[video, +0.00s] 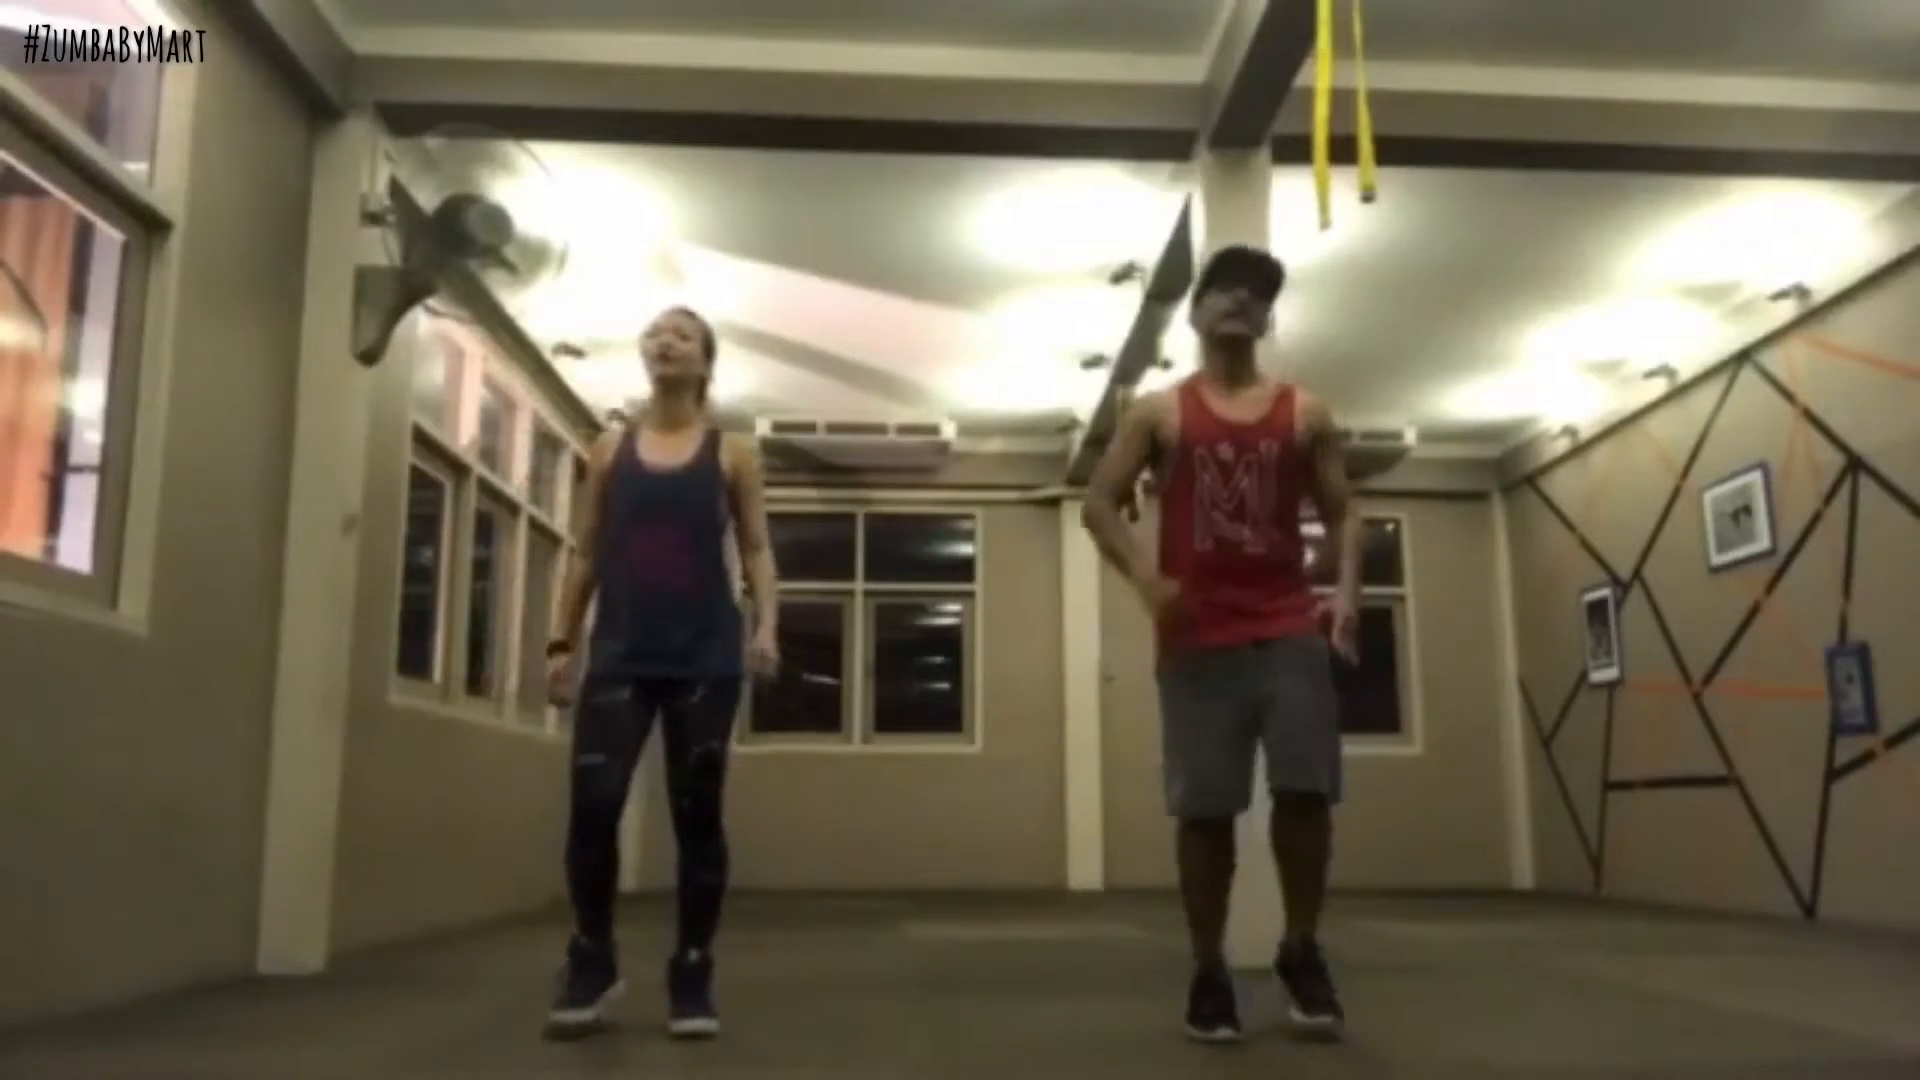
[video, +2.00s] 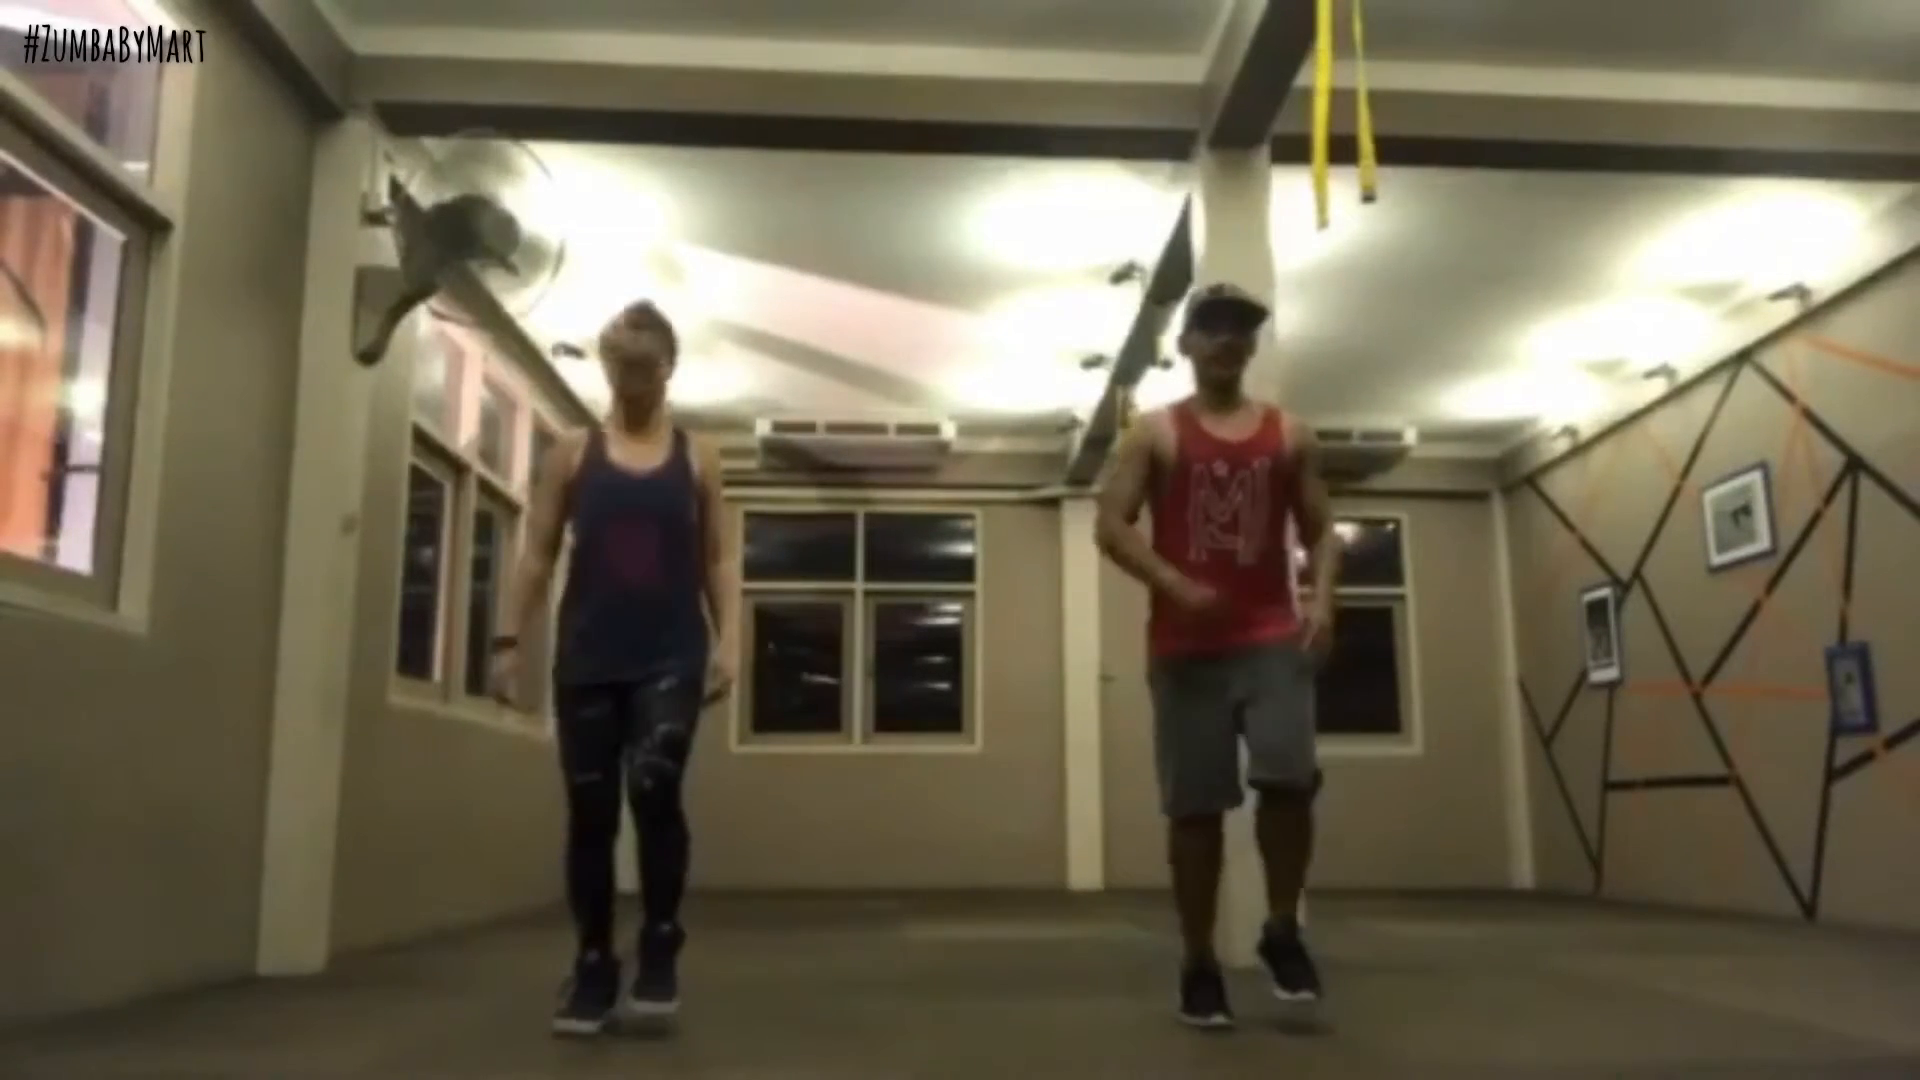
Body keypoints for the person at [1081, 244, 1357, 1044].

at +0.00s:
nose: (1235, 304)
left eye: (1250, 294)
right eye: (1221, 292)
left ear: (1269, 313)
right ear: (1195, 309)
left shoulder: (1304, 414)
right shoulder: (1159, 411)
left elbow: (1343, 511)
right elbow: (1100, 505)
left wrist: (1346, 592)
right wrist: (1147, 581)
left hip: (1292, 630)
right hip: (1199, 638)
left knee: (1305, 796)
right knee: (1205, 810)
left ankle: (1301, 951)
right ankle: (1209, 974)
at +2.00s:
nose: (1223, 344)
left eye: (1237, 332)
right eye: (1209, 332)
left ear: (1254, 343)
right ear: (1186, 342)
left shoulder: (1287, 434)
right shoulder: (1154, 433)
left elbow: (1321, 530)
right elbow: (1110, 527)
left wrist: (1320, 602)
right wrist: (1172, 582)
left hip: (1271, 639)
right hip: (1187, 647)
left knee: (1290, 784)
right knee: (1196, 808)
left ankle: (1284, 931)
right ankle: (1200, 965)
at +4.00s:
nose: (1216, 325)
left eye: (1231, 313)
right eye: (1202, 313)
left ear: (1251, 328)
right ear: (1181, 327)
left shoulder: (1284, 423)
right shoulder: (1146, 416)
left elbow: (1320, 510)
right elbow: (1088, 496)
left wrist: (1327, 559)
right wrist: (1166, 517)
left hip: (1260, 629)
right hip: (1175, 637)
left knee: (1270, 783)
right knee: (1187, 806)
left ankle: (1271, 920)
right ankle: (1190, 965)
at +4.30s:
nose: (1226, 330)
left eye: (1240, 319)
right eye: (1212, 317)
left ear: (1259, 335)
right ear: (1188, 330)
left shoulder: (1290, 428)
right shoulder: (1150, 422)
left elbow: (1346, 514)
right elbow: (1101, 513)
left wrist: (1390, 586)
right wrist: (1188, 510)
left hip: (1267, 643)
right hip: (1178, 643)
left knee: (1259, 812)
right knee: (1174, 808)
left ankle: (1254, 969)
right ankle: (1180, 962)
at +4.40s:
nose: (1235, 323)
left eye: (1249, 312)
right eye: (1221, 310)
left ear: (1267, 327)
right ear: (1194, 323)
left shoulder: (1298, 415)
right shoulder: (1155, 412)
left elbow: (1379, 477)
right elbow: (1071, 468)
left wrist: (1453, 523)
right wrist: (1135, 471)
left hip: (1271, 626)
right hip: (1186, 621)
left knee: (1264, 803)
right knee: (1177, 771)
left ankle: (1255, 969)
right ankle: (1170, 916)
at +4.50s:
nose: (1238, 308)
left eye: (1252, 295)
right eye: (1223, 295)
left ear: (1271, 307)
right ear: (1199, 308)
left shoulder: (1302, 393)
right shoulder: (1166, 388)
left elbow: (1398, 434)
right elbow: (1068, 424)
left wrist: (1488, 452)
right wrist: (1086, 441)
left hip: (1270, 603)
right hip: (1189, 591)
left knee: (1251, 787)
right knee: (1202, 746)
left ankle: (1232, 952)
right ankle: (1171, 909)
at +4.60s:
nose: (1245, 323)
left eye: (1258, 310)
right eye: (1230, 311)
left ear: (1277, 321)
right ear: (1207, 325)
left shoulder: (1309, 405)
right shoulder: (1180, 399)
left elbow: (1404, 443)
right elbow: (1084, 423)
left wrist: (1450, 379)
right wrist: (992, 417)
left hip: (1277, 620)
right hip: (1200, 609)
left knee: (1237, 796)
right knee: (1209, 779)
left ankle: (1201, 965)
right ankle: (1179, 967)